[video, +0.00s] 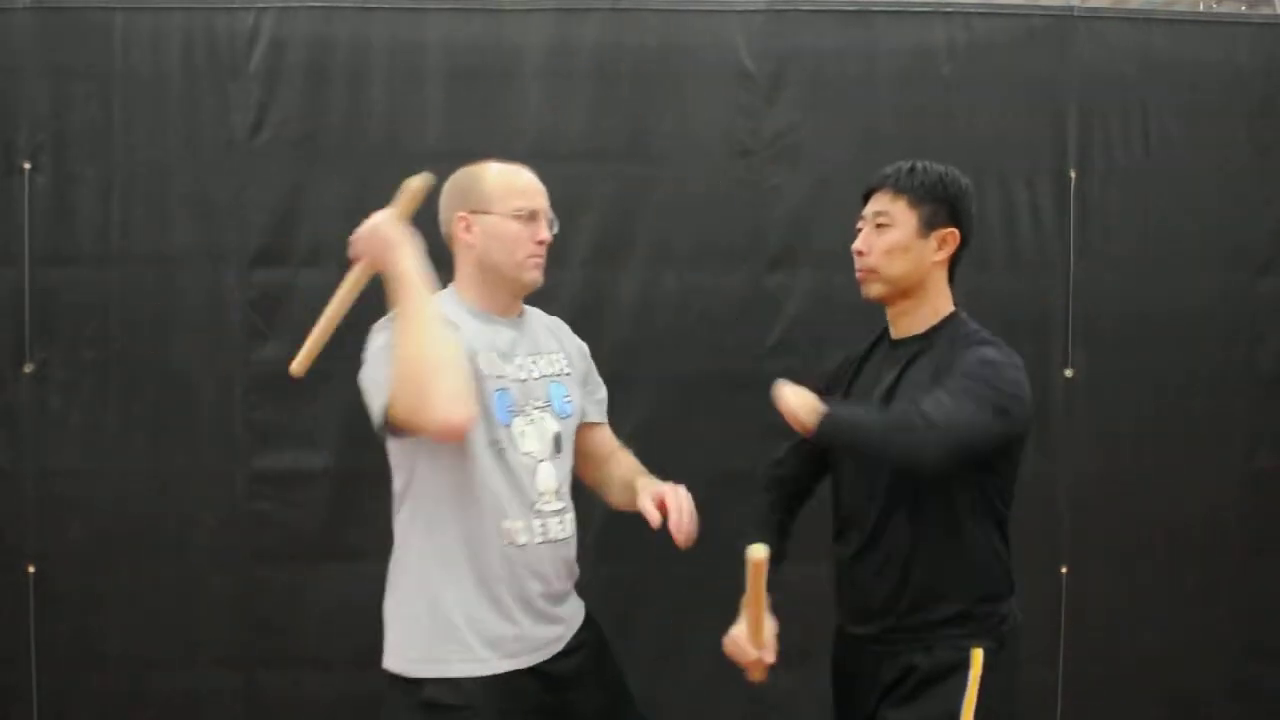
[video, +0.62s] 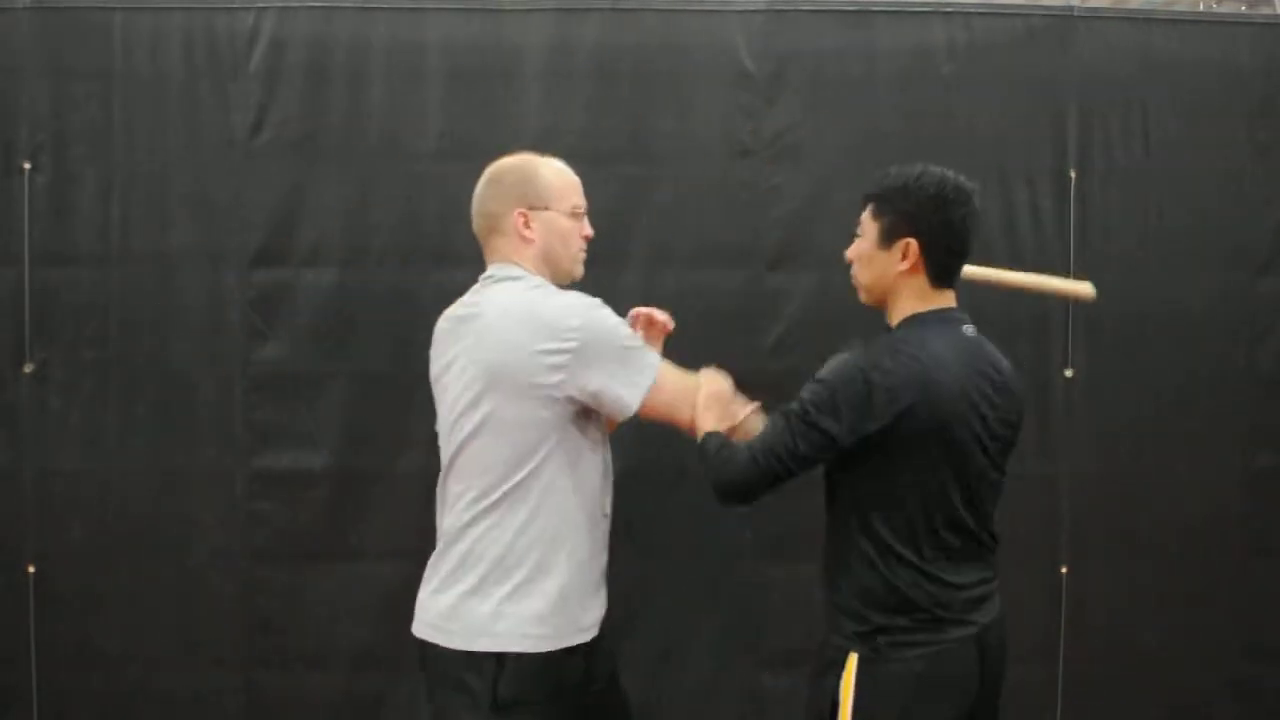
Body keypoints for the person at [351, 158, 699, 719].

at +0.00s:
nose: (547, 234)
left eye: (547, 219)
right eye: (526, 217)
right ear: (466, 229)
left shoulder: (561, 342)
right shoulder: (408, 336)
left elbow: (599, 454)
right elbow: (445, 413)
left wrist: (645, 488)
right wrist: (404, 264)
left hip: (563, 642)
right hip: (454, 664)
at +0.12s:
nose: (567, 224)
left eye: (568, 210)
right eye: (550, 207)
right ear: (501, 220)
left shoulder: (550, 327)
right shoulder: (452, 319)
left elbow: (572, 467)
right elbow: (587, 357)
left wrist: (628, 463)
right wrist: (567, 200)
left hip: (574, 633)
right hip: (481, 650)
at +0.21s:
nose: (587, 224)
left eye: (585, 209)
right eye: (571, 206)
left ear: (519, 216)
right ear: (515, 212)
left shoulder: (533, 315)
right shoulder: (487, 304)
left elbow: (544, 480)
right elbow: (649, 345)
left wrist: (620, 440)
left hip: (572, 627)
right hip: (492, 637)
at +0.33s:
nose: (597, 222)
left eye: (594, 207)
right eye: (582, 203)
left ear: (533, 212)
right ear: (530, 209)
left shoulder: (535, 297)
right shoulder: (521, 293)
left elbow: (546, 460)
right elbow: (694, 343)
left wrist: (620, 414)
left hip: (564, 625)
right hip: (505, 629)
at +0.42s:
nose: (599, 225)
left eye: (596, 209)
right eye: (585, 206)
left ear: (532, 214)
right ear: (533, 211)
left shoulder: (505, 304)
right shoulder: (546, 298)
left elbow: (568, 447)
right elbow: (710, 343)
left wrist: (630, 394)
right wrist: (781, 311)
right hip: (512, 630)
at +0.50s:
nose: (600, 228)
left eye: (596, 212)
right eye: (586, 209)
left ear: (536, 219)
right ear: (535, 217)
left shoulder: (482, 312)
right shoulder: (561, 304)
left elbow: (599, 416)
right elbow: (719, 357)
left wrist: (698, 344)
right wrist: (805, 345)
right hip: (525, 635)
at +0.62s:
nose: (589, 232)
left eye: (586, 216)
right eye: (577, 215)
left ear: (521, 226)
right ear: (525, 224)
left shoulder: (457, 322)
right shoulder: (565, 320)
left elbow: (566, 425)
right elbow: (700, 407)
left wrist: (628, 358)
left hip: (458, 638)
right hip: (540, 645)